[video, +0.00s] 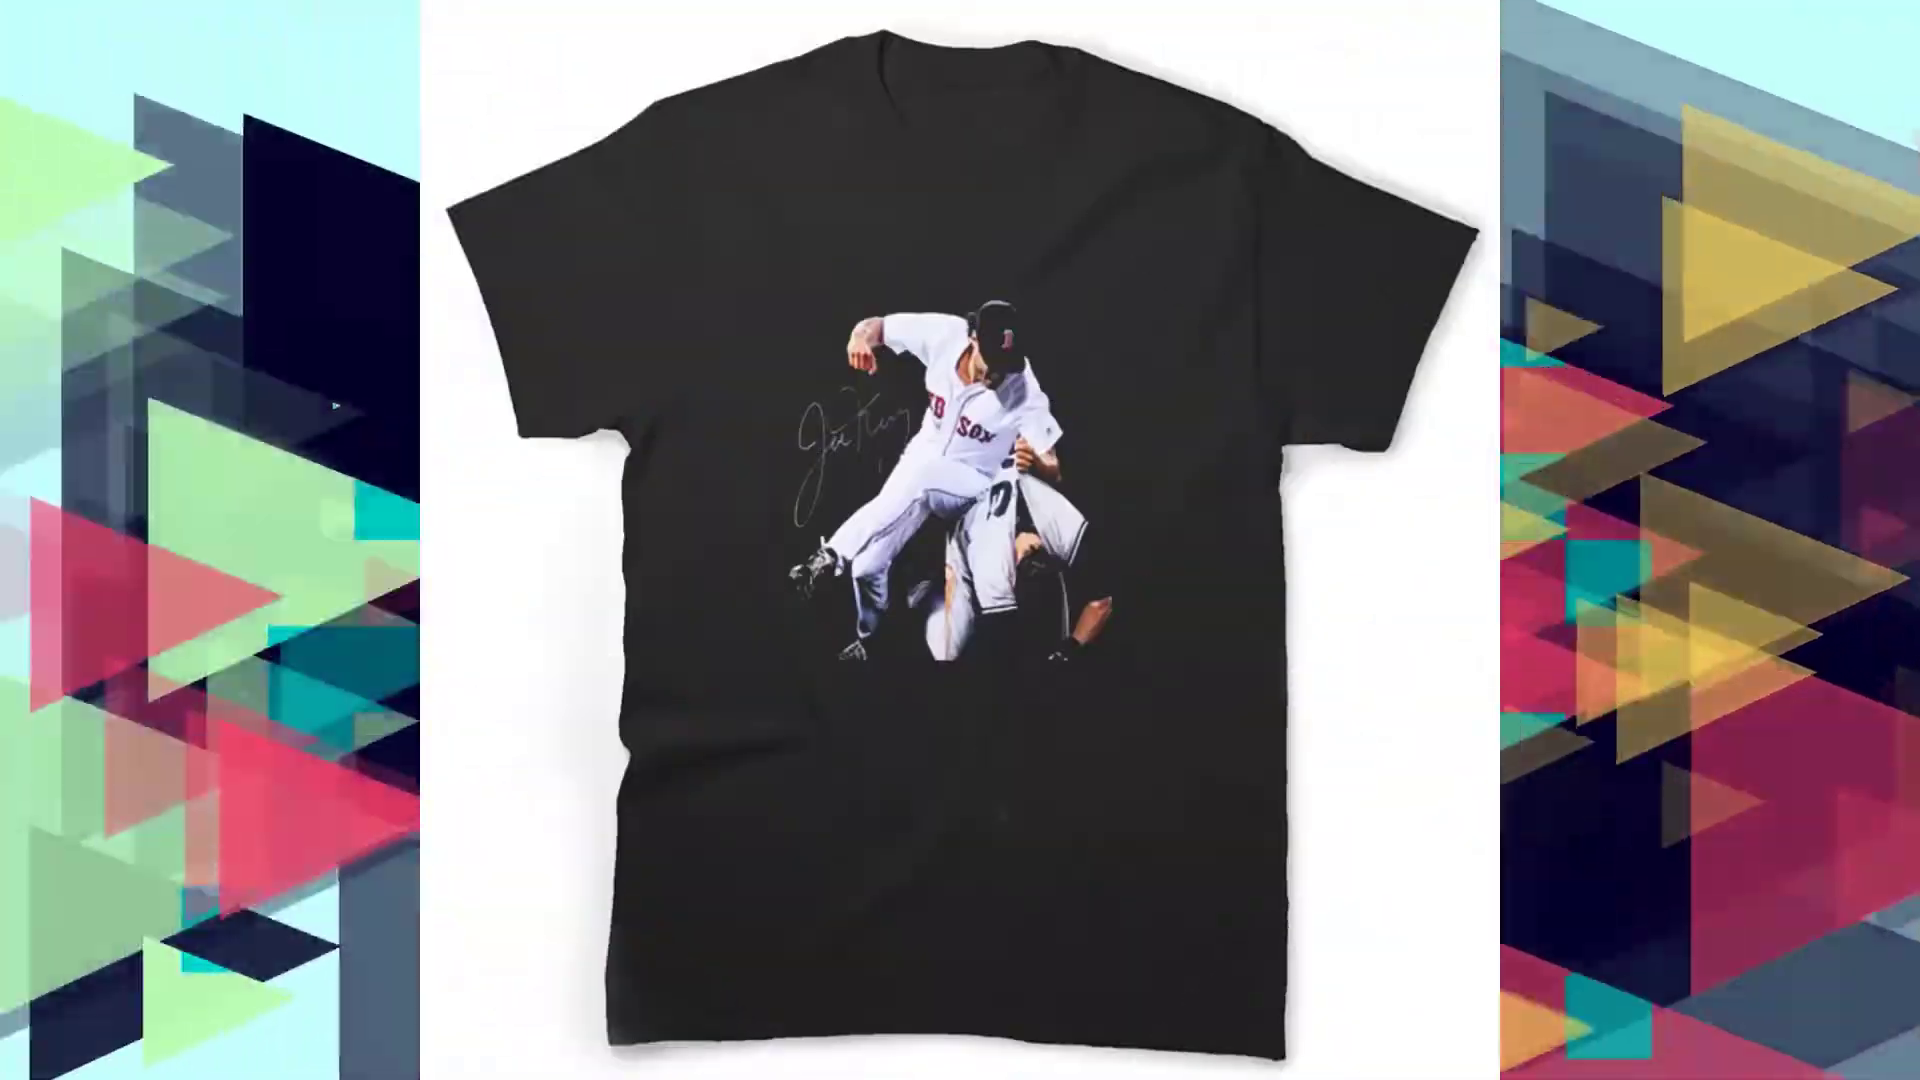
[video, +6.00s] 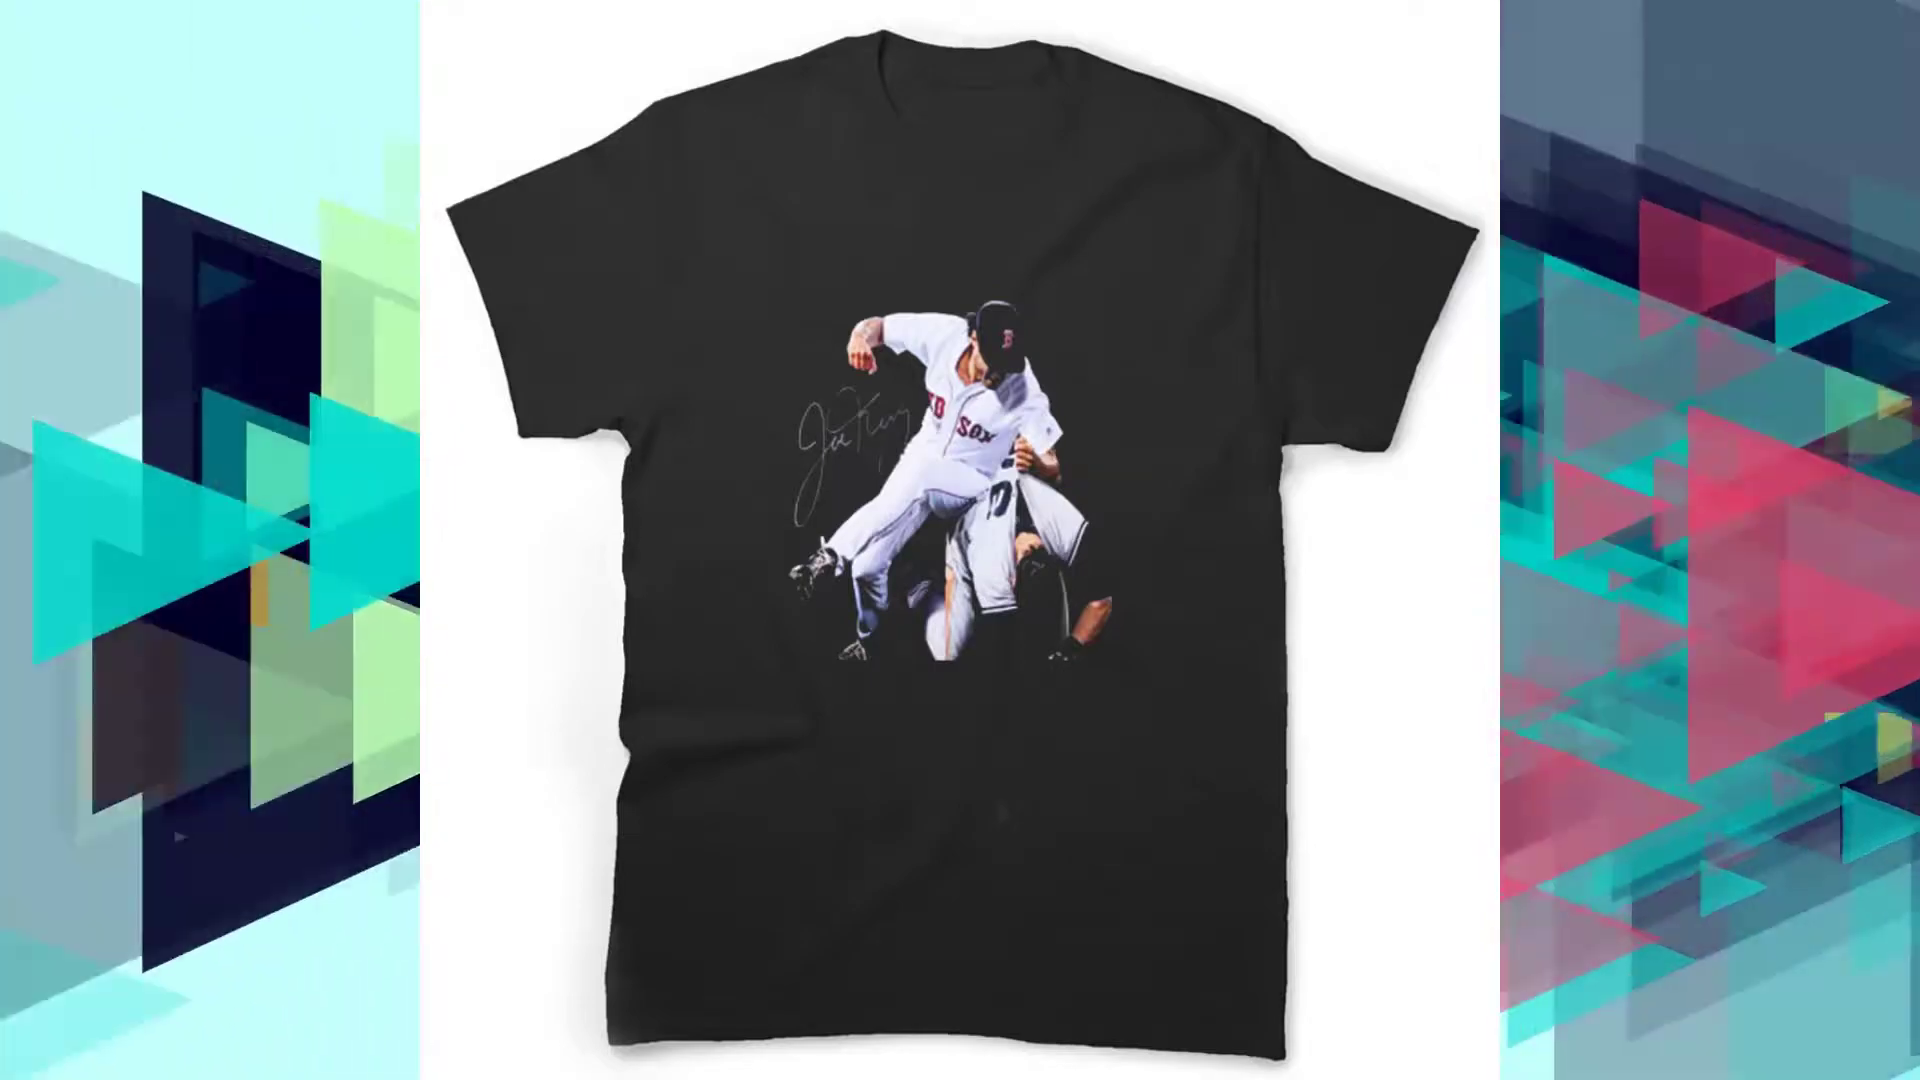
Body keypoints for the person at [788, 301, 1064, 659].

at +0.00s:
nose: (995, 373)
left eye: (1004, 366)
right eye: (990, 364)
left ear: (1016, 355)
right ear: (973, 342)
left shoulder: (1023, 390)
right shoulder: (946, 334)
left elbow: (1055, 470)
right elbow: (874, 327)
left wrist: (1038, 463)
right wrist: (861, 340)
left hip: (978, 482)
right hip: (922, 460)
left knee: (920, 477)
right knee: (867, 565)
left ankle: (827, 559)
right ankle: (870, 640)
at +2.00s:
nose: (995, 373)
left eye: (1004, 366)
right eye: (990, 364)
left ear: (1016, 355)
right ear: (973, 342)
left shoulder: (1023, 390)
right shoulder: (946, 334)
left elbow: (1055, 470)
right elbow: (874, 327)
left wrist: (1038, 463)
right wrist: (861, 340)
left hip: (978, 482)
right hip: (922, 460)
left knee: (920, 477)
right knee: (867, 565)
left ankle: (827, 559)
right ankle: (870, 640)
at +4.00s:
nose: (997, 374)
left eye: (1006, 367)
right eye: (991, 364)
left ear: (1017, 354)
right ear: (973, 341)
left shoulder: (1023, 389)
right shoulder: (946, 334)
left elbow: (1054, 468)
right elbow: (878, 327)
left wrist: (1038, 463)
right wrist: (861, 338)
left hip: (979, 482)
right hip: (922, 460)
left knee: (920, 476)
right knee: (867, 566)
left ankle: (828, 560)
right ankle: (871, 642)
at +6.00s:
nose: (997, 374)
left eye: (1006, 367)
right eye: (991, 364)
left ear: (1017, 354)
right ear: (973, 341)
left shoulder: (1023, 389)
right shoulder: (946, 334)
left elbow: (1054, 468)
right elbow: (878, 327)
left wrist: (1038, 463)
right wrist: (861, 339)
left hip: (979, 482)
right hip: (922, 460)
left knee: (920, 476)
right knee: (867, 566)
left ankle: (828, 560)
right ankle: (871, 642)